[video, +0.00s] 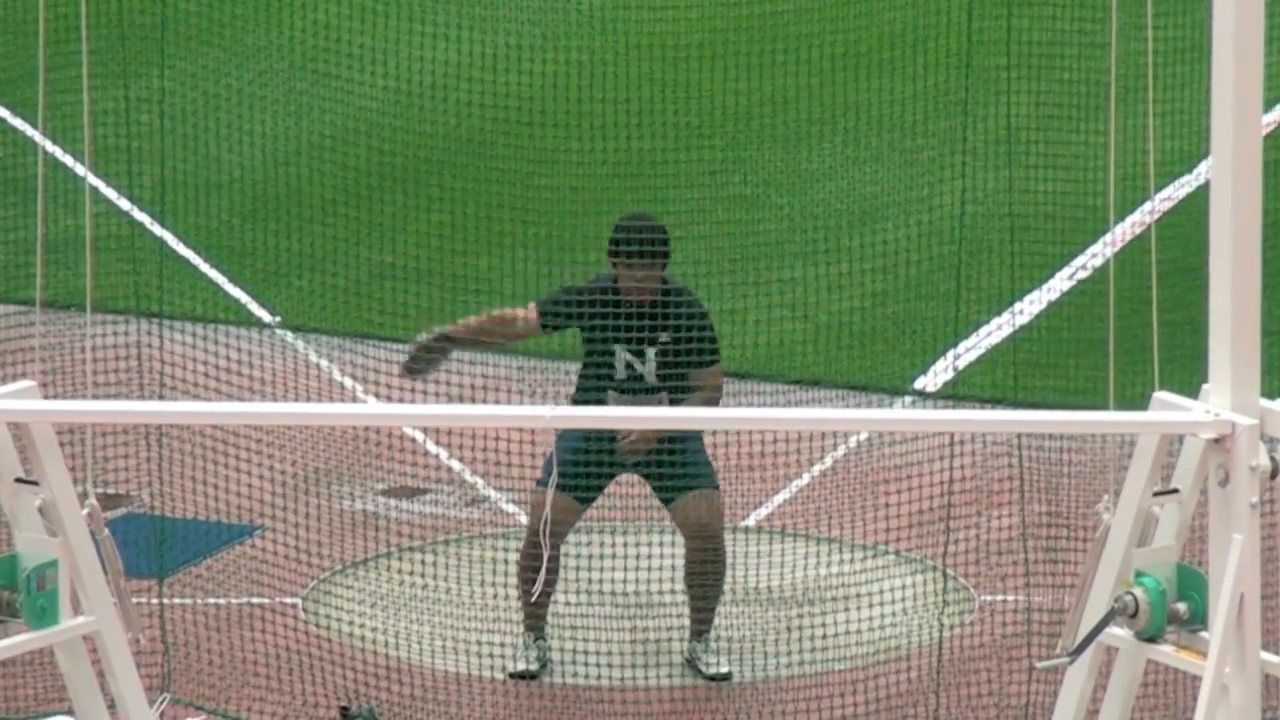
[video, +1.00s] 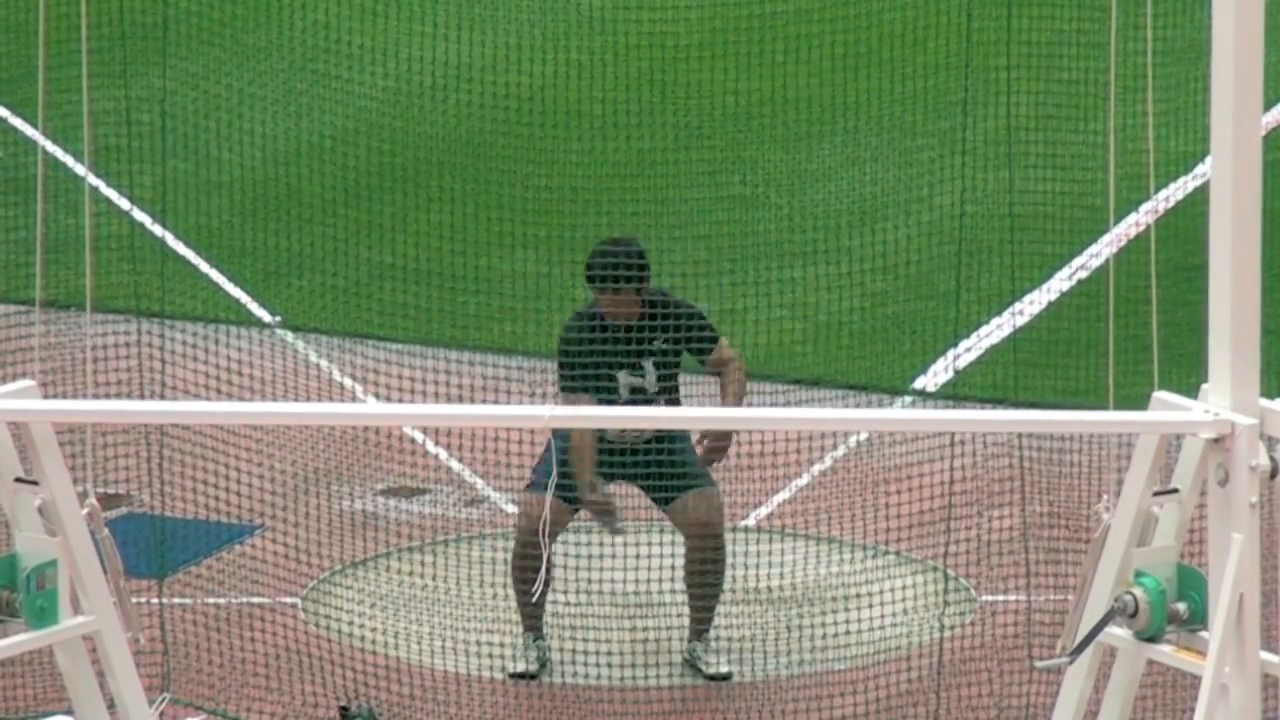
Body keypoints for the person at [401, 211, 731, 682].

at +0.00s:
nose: (640, 277)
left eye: (649, 266)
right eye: (630, 266)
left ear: (664, 265)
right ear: (614, 263)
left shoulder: (687, 313)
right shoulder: (594, 299)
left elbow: (710, 391)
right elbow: (520, 322)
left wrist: (658, 428)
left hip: (671, 431)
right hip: (595, 427)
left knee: (707, 526)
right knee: (544, 525)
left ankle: (701, 642)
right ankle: (534, 640)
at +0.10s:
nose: (656, 279)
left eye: (665, 269)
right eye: (646, 269)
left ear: (678, 268)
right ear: (630, 268)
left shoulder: (699, 311)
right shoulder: (604, 309)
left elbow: (722, 387)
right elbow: (554, 373)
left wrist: (681, 427)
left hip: (671, 431)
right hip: (599, 429)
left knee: (710, 525)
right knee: (549, 524)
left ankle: (700, 642)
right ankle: (534, 639)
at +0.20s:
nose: (667, 281)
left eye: (677, 271)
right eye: (657, 270)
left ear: (691, 269)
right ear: (642, 268)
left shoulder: (711, 309)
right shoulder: (620, 310)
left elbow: (729, 379)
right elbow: (610, 401)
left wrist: (706, 425)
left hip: (669, 429)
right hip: (605, 425)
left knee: (711, 523)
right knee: (552, 528)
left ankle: (700, 642)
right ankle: (534, 640)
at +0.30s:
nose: (674, 278)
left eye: (684, 268)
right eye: (665, 267)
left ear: (699, 266)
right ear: (651, 265)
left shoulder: (714, 302)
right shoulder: (633, 310)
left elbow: (731, 369)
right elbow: (661, 402)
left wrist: (738, 427)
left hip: (663, 431)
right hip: (601, 431)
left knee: (711, 520)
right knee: (559, 531)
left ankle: (700, 642)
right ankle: (534, 640)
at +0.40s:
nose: (678, 270)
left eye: (688, 259)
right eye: (668, 260)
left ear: (705, 260)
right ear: (654, 260)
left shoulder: (716, 295)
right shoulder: (645, 302)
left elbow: (726, 360)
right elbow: (686, 377)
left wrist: (760, 393)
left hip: (665, 427)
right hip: (602, 427)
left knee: (712, 523)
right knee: (561, 536)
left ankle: (699, 643)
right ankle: (533, 639)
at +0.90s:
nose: (635, 289)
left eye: (645, 279)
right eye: (627, 279)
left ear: (665, 275)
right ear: (617, 278)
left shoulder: (690, 306)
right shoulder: (607, 319)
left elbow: (732, 362)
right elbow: (637, 403)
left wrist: (731, 434)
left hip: (654, 436)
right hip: (591, 438)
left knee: (706, 519)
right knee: (541, 529)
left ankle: (698, 644)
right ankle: (533, 640)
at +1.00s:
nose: (608, 300)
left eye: (618, 291)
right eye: (601, 290)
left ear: (641, 288)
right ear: (592, 288)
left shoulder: (674, 317)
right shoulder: (580, 332)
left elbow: (730, 364)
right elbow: (579, 415)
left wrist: (725, 428)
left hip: (659, 442)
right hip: (587, 443)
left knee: (707, 525)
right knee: (532, 525)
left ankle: (698, 644)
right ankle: (533, 641)